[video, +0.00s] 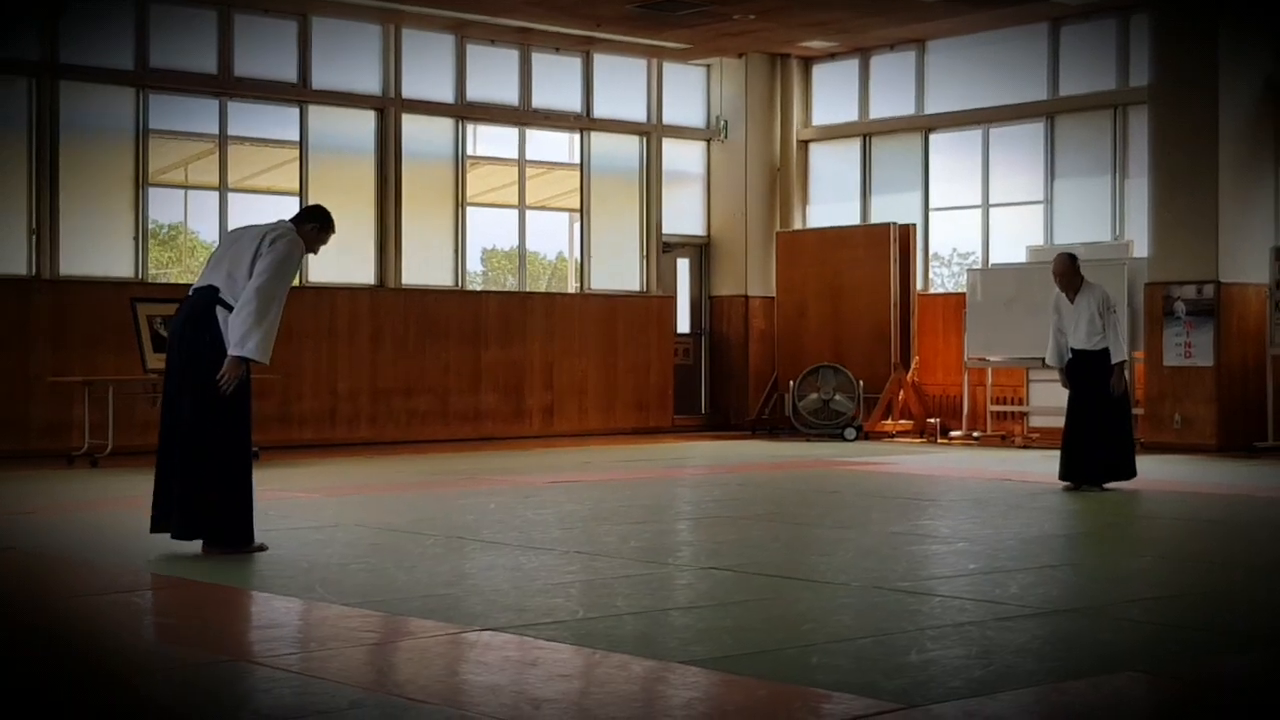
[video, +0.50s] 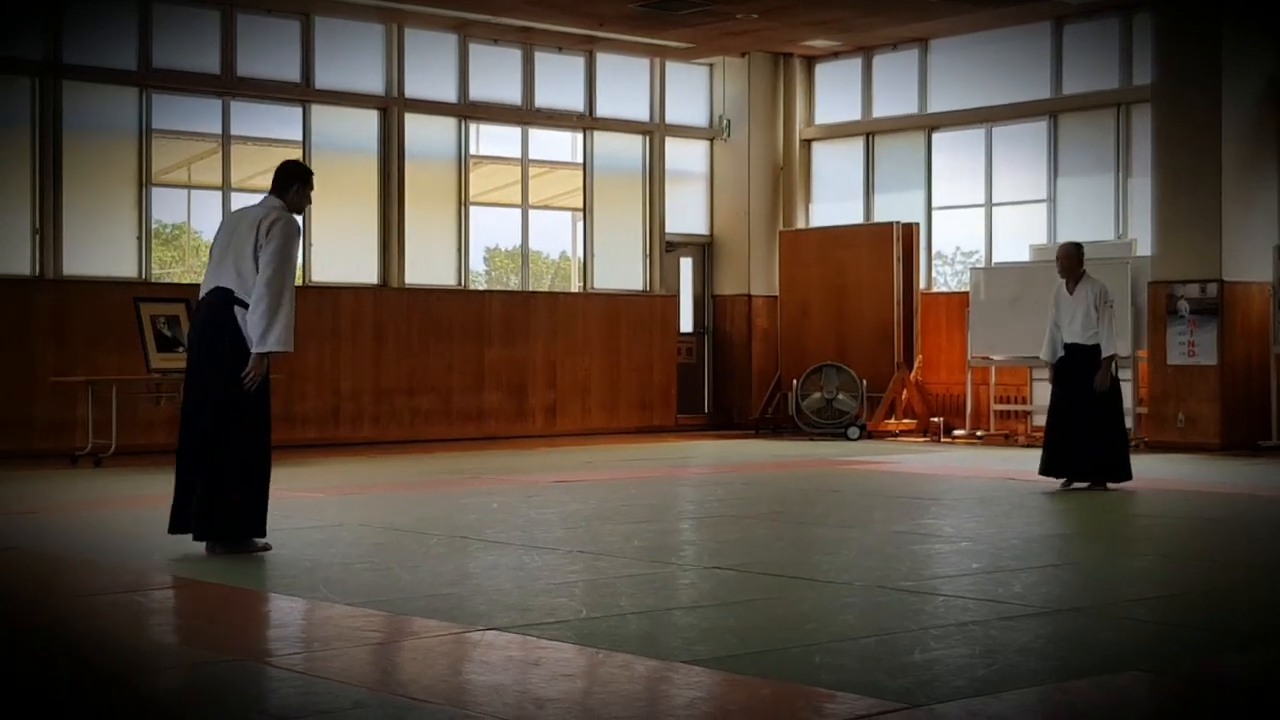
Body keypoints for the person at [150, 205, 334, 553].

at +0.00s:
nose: (317, 250)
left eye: (322, 245)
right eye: (321, 242)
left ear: (299, 220)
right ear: (312, 228)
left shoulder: (246, 234)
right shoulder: (288, 240)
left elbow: (213, 282)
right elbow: (259, 291)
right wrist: (239, 352)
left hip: (191, 324)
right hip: (218, 329)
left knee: (203, 429)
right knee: (228, 433)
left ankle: (210, 529)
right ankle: (227, 536)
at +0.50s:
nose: (310, 201)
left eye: (310, 193)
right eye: (308, 192)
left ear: (275, 186)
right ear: (296, 189)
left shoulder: (236, 217)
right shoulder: (282, 221)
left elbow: (215, 275)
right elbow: (270, 283)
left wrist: (206, 328)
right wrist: (262, 346)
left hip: (208, 321)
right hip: (237, 324)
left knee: (214, 425)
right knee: (243, 427)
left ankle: (213, 526)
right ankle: (233, 531)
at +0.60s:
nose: (300, 189)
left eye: (301, 182)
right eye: (300, 182)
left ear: (265, 178)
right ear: (290, 180)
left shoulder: (228, 216)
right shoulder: (279, 217)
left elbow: (215, 276)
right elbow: (273, 279)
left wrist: (213, 328)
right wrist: (269, 343)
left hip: (213, 324)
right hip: (246, 327)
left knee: (215, 426)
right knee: (247, 428)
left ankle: (215, 527)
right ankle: (235, 531)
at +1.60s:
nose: (331, 187)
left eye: (329, 180)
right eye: (327, 181)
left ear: (294, 186)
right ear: (316, 185)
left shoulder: (270, 227)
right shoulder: (318, 226)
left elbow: (258, 288)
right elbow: (318, 292)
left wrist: (256, 340)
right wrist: (323, 350)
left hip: (268, 333)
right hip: (298, 335)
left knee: (317, 425)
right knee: (277, 431)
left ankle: (345, 509)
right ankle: (259, 527)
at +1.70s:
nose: (344, 191)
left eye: (341, 185)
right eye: (339, 185)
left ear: (308, 191)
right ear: (328, 190)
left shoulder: (284, 232)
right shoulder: (331, 231)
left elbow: (270, 290)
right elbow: (334, 293)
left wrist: (269, 341)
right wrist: (338, 353)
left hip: (283, 338)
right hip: (312, 338)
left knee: (330, 427)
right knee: (285, 432)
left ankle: (349, 516)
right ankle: (254, 525)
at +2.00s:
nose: (384, 189)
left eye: (381, 182)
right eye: (382, 183)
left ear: (349, 187)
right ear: (374, 186)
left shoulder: (328, 229)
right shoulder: (376, 226)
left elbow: (318, 287)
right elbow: (383, 287)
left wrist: (321, 334)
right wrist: (392, 344)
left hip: (332, 329)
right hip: (365, 329)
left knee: (341, 419)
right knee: (383, 427)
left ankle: (353, 520)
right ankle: (322, 497)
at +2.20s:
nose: (420, 191)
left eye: (418, 185)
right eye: (416, 186)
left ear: (385, 191)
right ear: (407, 190)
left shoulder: (361, 233)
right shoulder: (411, 230)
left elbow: (348, 291)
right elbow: (419, 293)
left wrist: (352, 338)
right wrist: (431, 347)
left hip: (364, 340)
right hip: (402, 340)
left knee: (355, 428)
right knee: (443, 423)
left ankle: (351, 522)